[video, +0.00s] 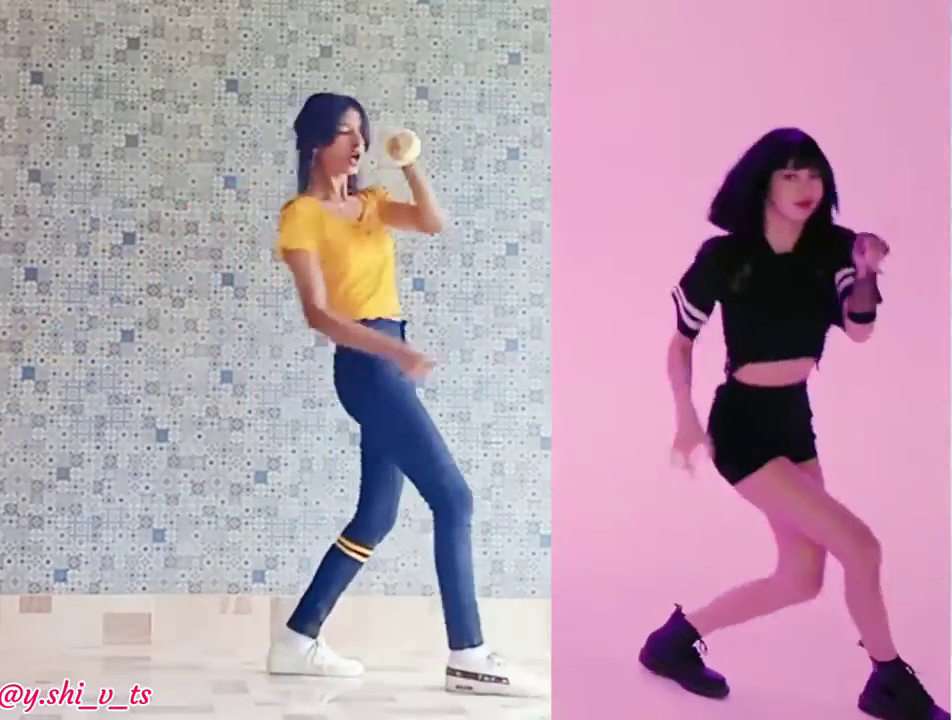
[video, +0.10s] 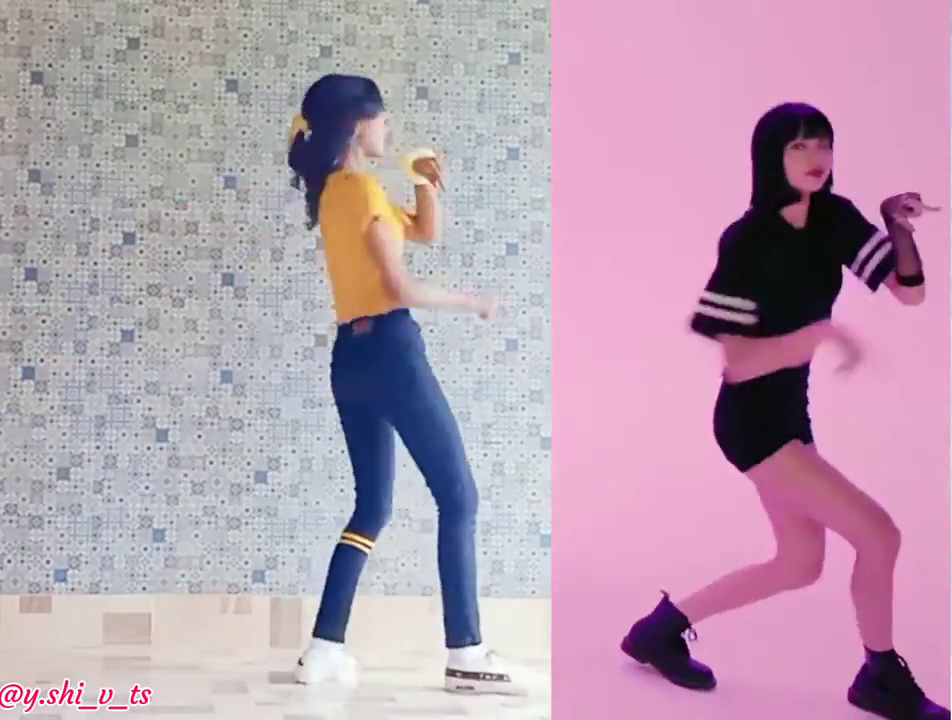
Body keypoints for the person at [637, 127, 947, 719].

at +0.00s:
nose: (806, 186)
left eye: (815, 174)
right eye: (791, 173)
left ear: (825, 185)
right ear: (763, 183)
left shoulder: (829, 248)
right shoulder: (725, 256)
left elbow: (859, 330)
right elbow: (680, 342)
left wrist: (866, 275)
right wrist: (684, 418)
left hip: (795, 418)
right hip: (740, 425)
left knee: (798, 581)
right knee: (859, 545)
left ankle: (676, 637)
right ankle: (889, 677)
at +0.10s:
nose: (816, 157)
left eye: (823, 144)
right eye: (800, 146)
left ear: (833, 153)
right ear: (772, 157)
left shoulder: (833, 216)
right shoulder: (748, 240)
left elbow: (910, 291)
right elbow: (734, 362)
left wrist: (902, 232)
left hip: (788, 405)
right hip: (748, 415)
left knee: (798, 565)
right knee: (877, 535)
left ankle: (663, 626)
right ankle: (880, 672)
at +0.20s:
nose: (826, 114)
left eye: (826, 104)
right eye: (808, 107)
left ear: (821, 120)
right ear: (778, 127)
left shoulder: (780, 191)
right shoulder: (797, 208)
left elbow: (828, 274)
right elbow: (861, 311)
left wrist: (865, 213)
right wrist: (898, 229)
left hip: (747, 374)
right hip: (766, 386)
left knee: (772, 527)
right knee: (874, 512)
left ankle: (656, 627)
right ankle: (875, 665)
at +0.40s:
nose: (775, 98)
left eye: (783, 88)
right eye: (779, 87)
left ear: (802, 96)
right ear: (840, 101)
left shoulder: (754, 155)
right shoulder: (864, 164)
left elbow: (707, 230)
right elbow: (830, 216)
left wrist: (766, 226)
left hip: (757, 341)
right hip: (826, 340)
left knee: (716, 507)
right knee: (832, 501)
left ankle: (700, 662)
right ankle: (847, 648)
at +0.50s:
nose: (786, 74)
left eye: (801, 66)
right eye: (791, 63)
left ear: (835, 85)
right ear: (835, 89)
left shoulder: (781, 152)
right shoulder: (843, 160)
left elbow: (707, 229)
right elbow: (742, 203)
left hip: (767, 338)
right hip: (818, 335)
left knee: (711, 505)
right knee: (810, 495)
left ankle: (687, 661)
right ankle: (832, 644)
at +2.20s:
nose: (792, 109)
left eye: (802, 95)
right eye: (781, 103)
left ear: (830, 101)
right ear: (774, 117)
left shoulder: (826, 161)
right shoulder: (791, 171)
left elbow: (752, 249)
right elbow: (714, 241)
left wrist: (751, 241)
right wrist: (707, 168)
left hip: (805, 369)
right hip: (807, 364)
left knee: (674, 491)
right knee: (767, 512)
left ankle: (697, 665)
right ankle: (859, 647)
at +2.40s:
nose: (718, 173)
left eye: (719, 155)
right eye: (707, 179)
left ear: (751, 143)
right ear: (714, 191)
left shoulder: (766, 193)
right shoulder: (782, 207)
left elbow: (752, 304)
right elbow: (737, 327)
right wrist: (694, 256)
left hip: (833, 399)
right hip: (846, 392)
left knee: (693, 489)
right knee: (777, 512)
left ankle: (704, 659)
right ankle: (863, 643)